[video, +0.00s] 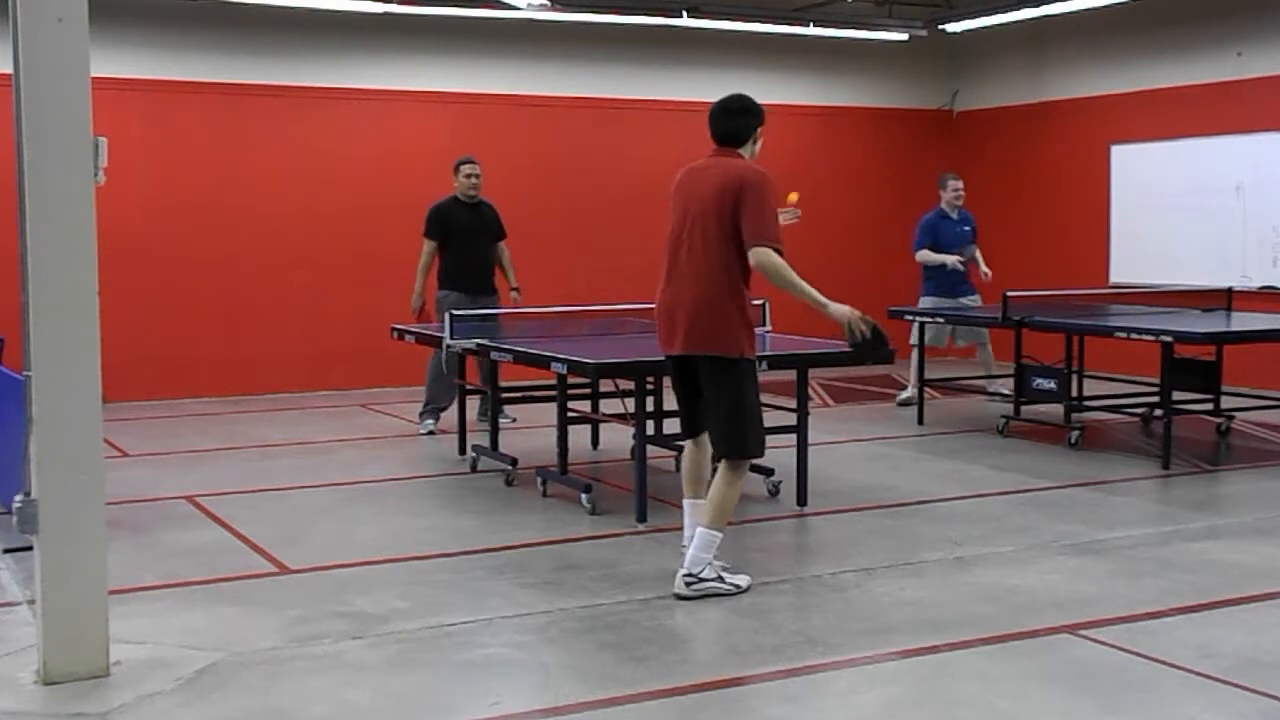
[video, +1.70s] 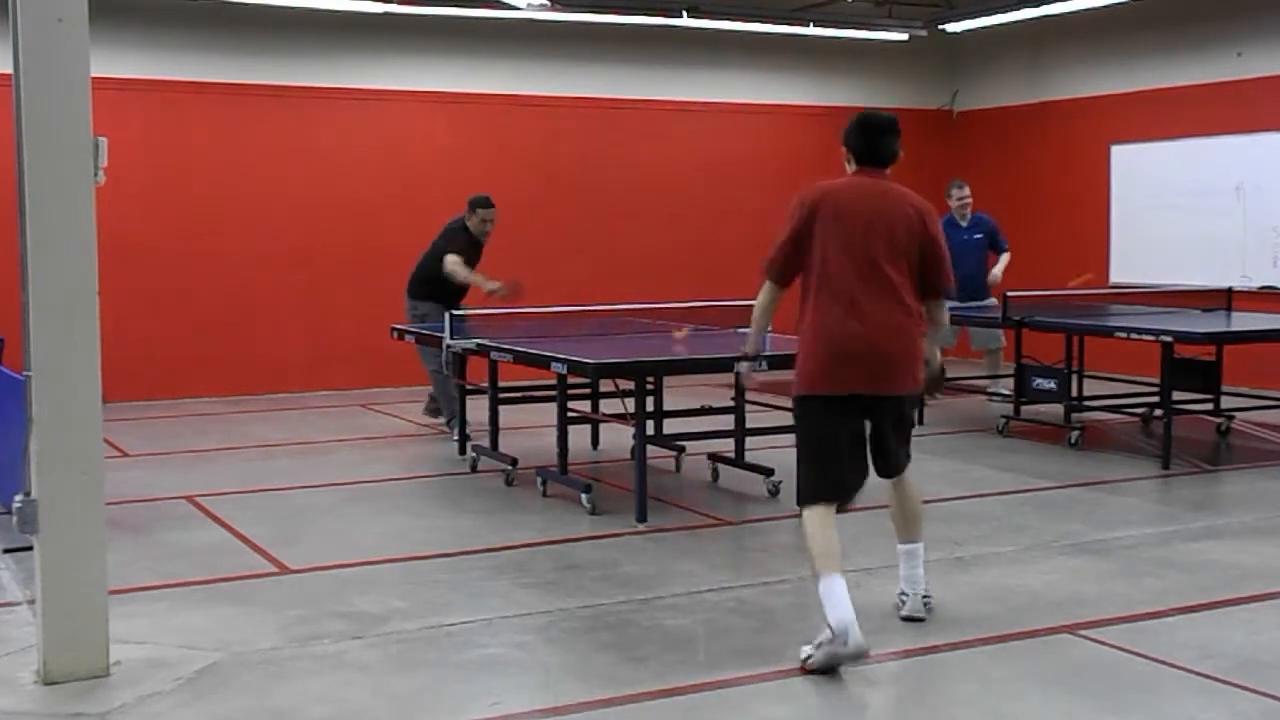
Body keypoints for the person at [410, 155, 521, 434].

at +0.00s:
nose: (473, 181)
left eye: (477, 176)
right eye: (468, 176)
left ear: (482, 180)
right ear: (456, 180)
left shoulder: (488, 211)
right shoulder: (441, 211)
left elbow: (501, 248)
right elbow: (428, 252)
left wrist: (513, 284)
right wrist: (418, 292)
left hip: (486, 295)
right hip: (453, 295)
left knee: (491, 352)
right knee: (448, 352)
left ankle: (490, 407)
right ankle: (431, 412)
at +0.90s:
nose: (485, 211)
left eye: (489, 205)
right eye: (479, 205)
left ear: (493, 204)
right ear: (467, 204)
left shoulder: (499, 228)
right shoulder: (447, 226)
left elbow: (507, 261)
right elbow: (422, 256)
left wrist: (518, 294)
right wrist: (450, 282)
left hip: (480, 296)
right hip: (446, 296)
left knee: (488, 350)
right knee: (448, 349)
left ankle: (486, 408)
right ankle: (445, 408)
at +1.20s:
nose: (497, 233)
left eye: (501, 227)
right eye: (491, 228)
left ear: (505, 225)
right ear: (477, 225)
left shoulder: (498, 242)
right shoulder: (459, 245)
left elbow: (488, 264)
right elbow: (432, 287)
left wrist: (490, 284)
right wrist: (462, 308)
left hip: (465, 305)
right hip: (435, 306)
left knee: (480, 355)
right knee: (442, 363)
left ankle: (483, 408)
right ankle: (455, 418)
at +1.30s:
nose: (497, 234)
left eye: (500, 228)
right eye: (491, 228)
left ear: (503, 225)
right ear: (476, 225)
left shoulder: (491, 245)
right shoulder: (459, 246)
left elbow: (471, 273)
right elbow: (447, 295)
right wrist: (489, 308)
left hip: (457, 302)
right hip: (431, 304)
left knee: (465, 357)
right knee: (440, 363)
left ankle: (475, 408)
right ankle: (455, 419)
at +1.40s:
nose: (495, 238)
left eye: (498, 232)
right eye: (490, 231)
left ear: (502, 227)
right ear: (475, 226)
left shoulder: (482, 241)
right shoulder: (461, 245)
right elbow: (472, 288)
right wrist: (518, 290)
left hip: (454, 302)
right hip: (430, 303)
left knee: (458, 355)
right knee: (439, 362)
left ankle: (461, 403)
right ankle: (454, 419)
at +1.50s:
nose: (493, 240)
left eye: (496, 234)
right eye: (488, 234)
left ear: (498, 229)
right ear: (473, 228)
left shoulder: (473, 232)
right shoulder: (459, 245)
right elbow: (489, 264)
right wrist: (521, 272)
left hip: (452, 302)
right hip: (427, 303)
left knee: (459, 354)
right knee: (438, 361)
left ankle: (457, 406)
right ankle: (453, 416)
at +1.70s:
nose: (489, 228)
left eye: (492, 222)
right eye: (484, 221)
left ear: (494, 219)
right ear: (470, 217)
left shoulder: (475, 235)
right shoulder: (456, 235)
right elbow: (451, 266)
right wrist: (485, 283)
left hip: (448, 303)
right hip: (426, 303)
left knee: (458, 352)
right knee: (439, 360)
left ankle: (436, 401)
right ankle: (454, 419)